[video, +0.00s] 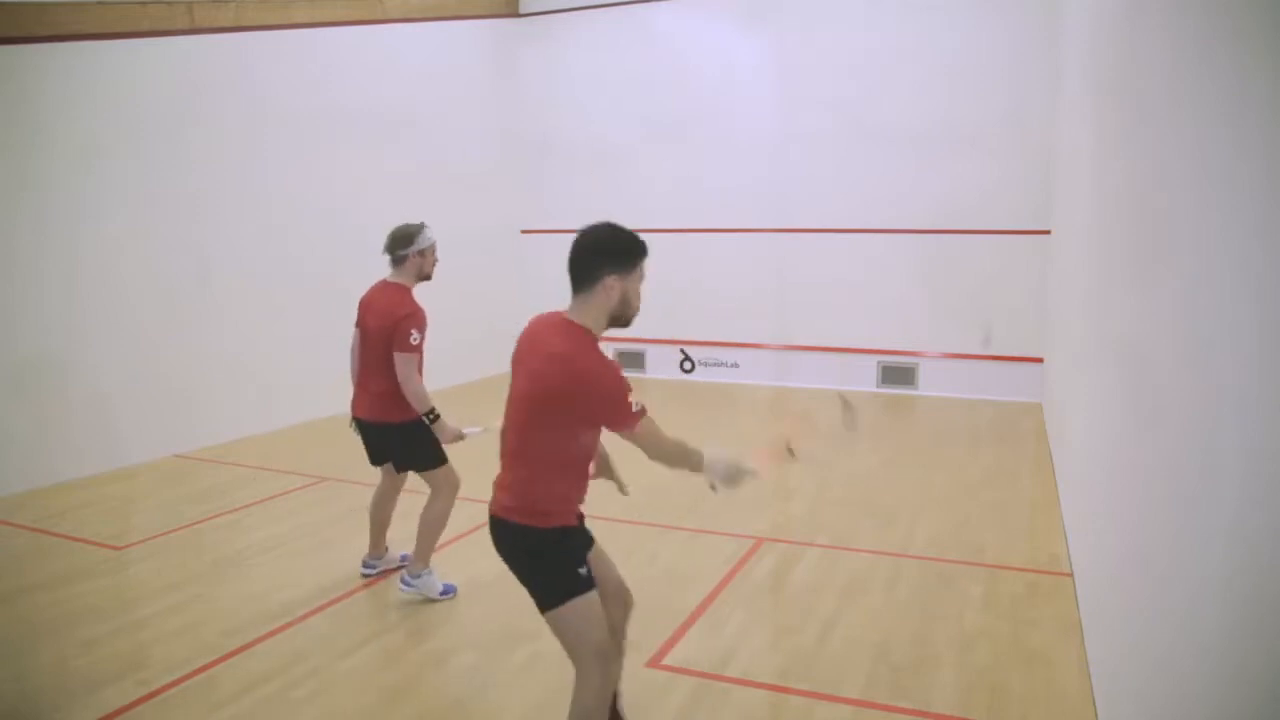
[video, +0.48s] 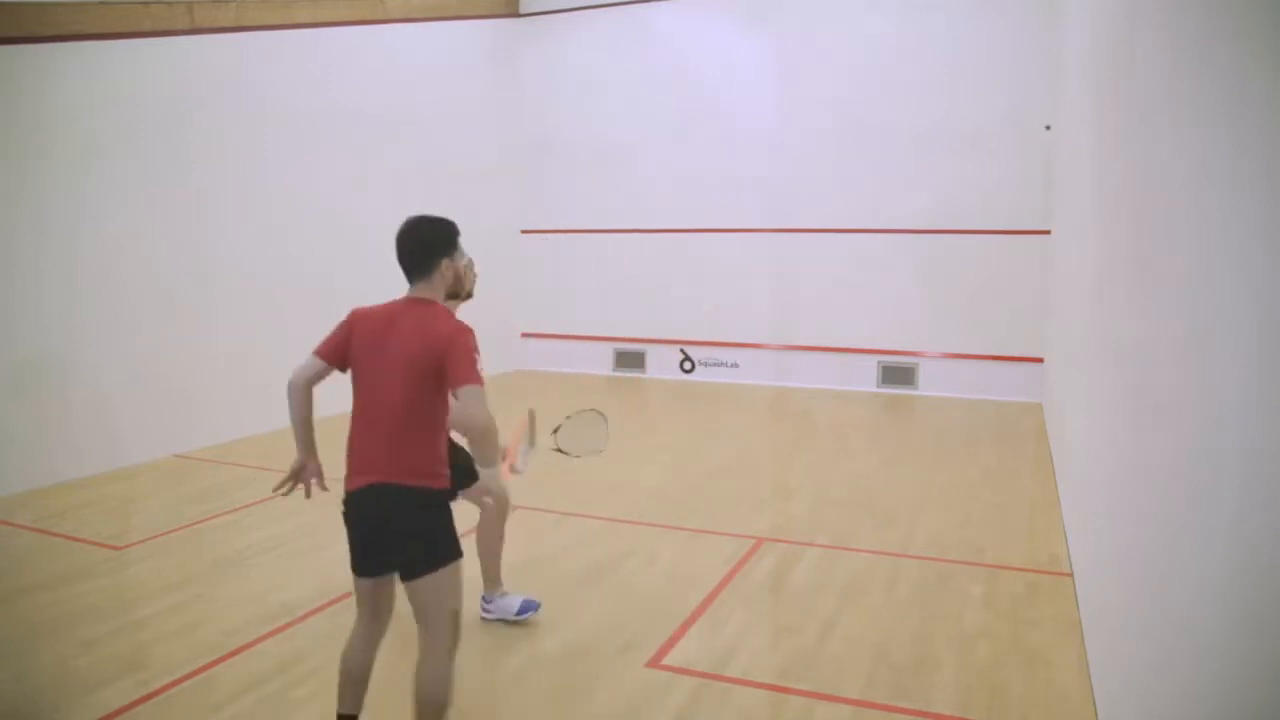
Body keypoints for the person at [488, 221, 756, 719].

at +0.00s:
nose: (641, 295)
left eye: (641, 281)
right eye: (639, 280)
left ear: (594, 280)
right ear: (612, 284)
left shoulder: (539, 330)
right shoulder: (592, 370)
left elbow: (546, 412)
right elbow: (657, 445)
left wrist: (593, 452)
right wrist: (708, 463)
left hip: (536, 513)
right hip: (537, 528)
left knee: (616, 603)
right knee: (597, 658)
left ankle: (607, 705)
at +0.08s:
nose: (616, 286)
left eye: (615, 273)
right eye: (614, 272)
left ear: (556, 272)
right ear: (598, 276)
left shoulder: (511, 333)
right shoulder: (590, 362)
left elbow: (509, 417)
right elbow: (631, 428)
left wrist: (559, 467)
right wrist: (671, 418)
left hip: (487, 518)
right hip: (535, 529)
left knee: (559, 623)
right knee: (594, 673)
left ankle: (534, 708)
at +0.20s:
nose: (570, 309)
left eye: (567, 298)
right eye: (567, 298)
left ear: (510, 307)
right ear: (555, 306)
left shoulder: (466, 376)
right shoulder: (567, 384)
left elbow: (429, 459)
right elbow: (599, 456)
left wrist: (473, 487)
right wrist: (622, 424)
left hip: (465, 567)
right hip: (530, 571)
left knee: (481, 630)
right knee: (597, 702)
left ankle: (421, 712)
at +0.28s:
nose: (533, 313)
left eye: (529, 303)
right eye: (530, 303)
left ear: (473, 314)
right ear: (519, 312)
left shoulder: (430, 385)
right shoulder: (535, 391)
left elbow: (385, 467)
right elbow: (571, 485)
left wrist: (413, 505)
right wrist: (596, 465)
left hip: (436, 569)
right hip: (503, 572)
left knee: (418, 652)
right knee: (566, 701)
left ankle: (371, 718)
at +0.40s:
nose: (485, 293)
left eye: (482, 282)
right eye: (481, 283)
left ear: (428, 292)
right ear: (467, 292)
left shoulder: (383, 353)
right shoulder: (478, 366)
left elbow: (324, 426)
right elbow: (508, 455)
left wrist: (333, 485)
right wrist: (535, 498)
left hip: (384, 531)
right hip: (448, 536)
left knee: (375, 652)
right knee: (487, 675)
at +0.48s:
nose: (465, 265)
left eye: (461, 255)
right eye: (460, 256)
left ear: (407, 265)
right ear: (446, 264)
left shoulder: (361, 322)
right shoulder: (451, 332)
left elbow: (300, 381)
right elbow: (475, 420)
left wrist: (305, 454)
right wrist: (490, 471)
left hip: (363, 498)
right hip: (418, 501)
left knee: (369, 620)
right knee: (440, 635)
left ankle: (345, 715)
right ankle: (430, 718)